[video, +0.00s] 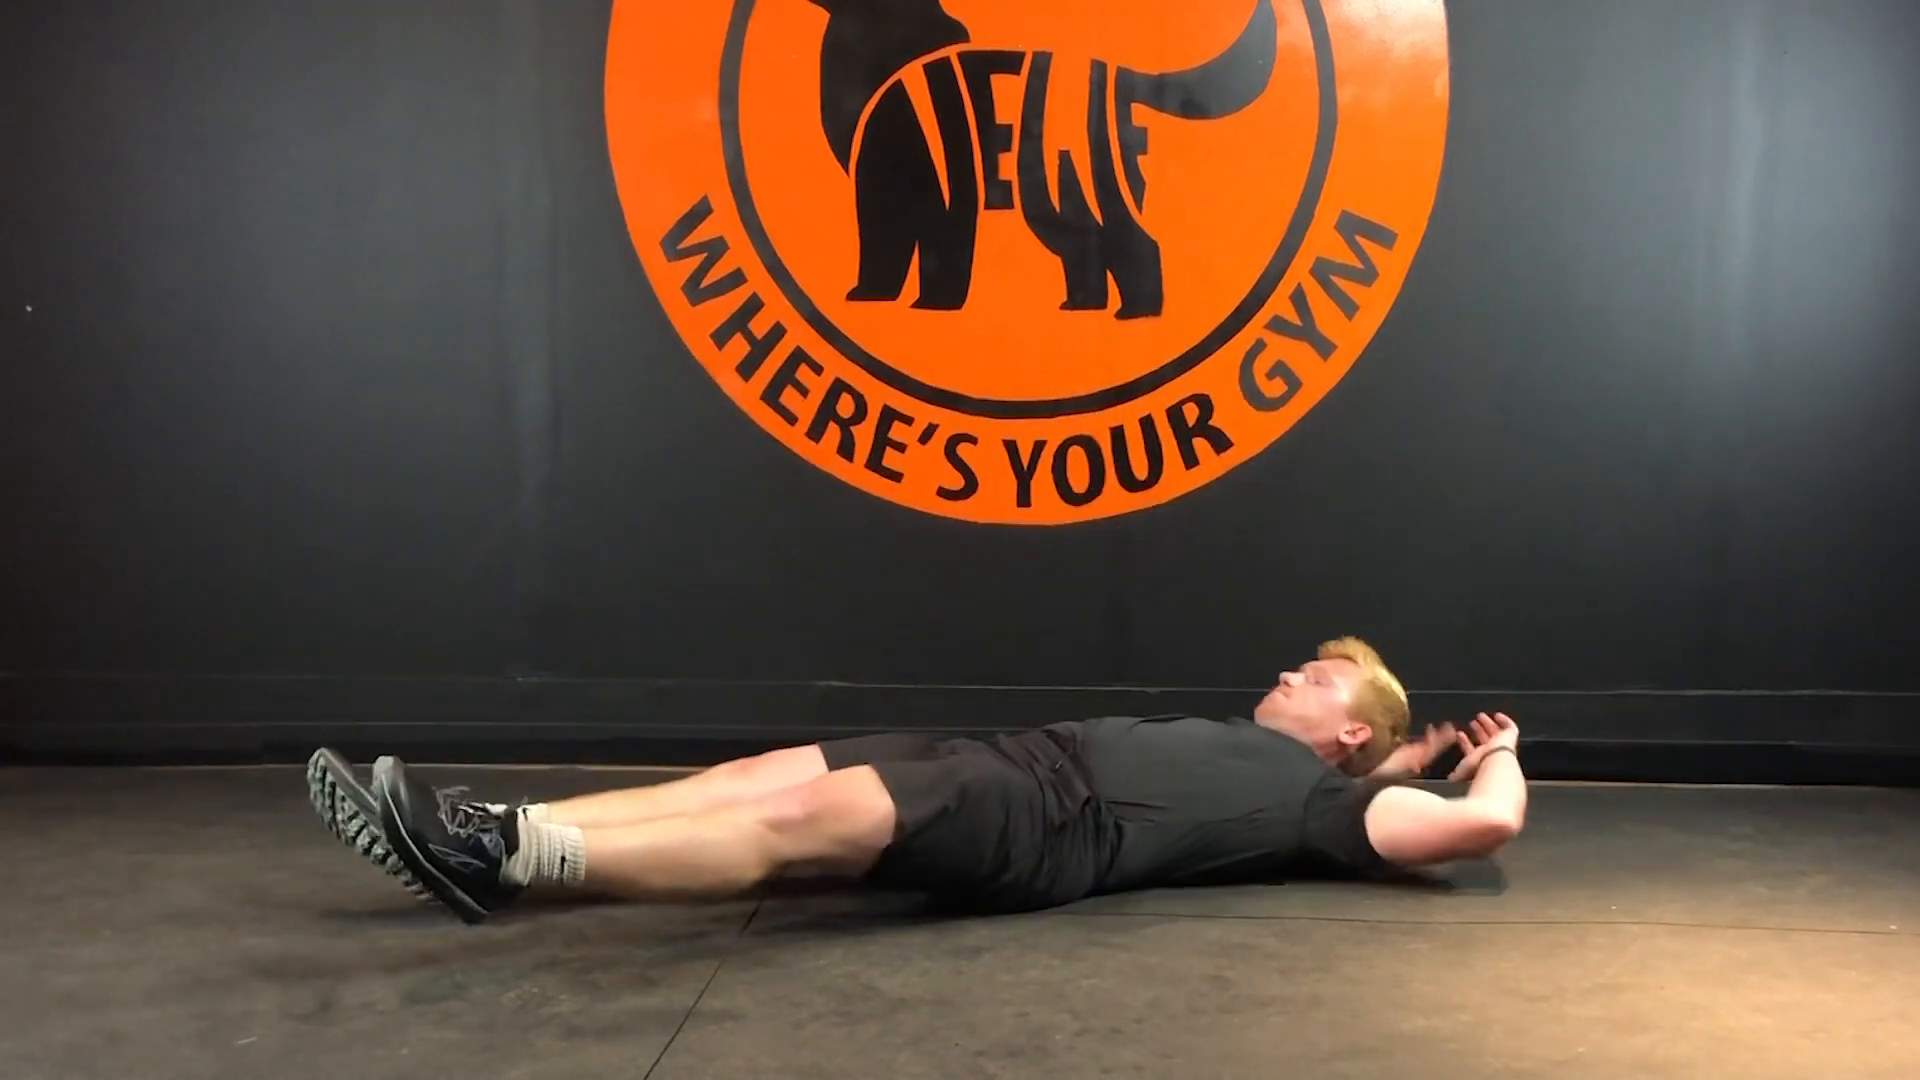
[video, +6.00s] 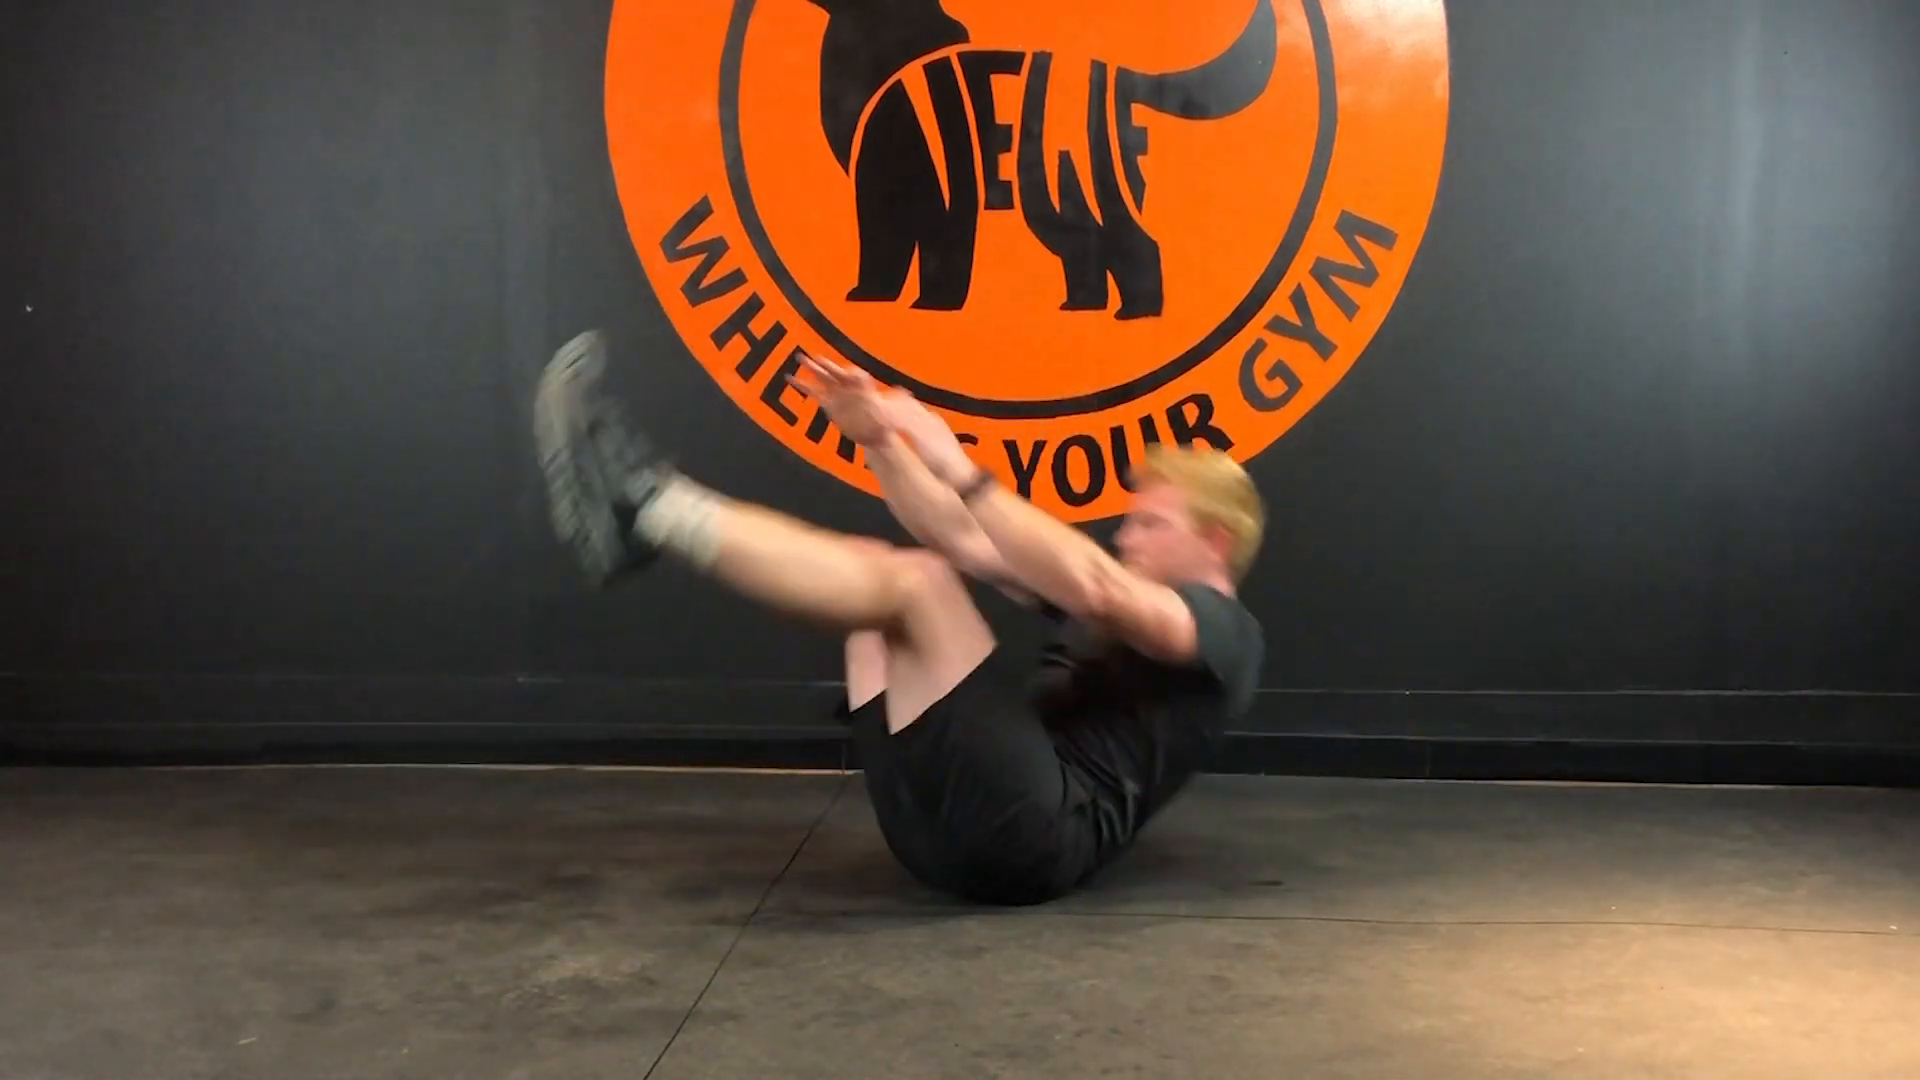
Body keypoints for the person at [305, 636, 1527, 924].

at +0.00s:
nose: (1293, 675)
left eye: (1321, 679)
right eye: (1300, 665)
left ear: (1359, 728)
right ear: (1290, 690)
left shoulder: (1330, 793)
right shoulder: (1214, 737)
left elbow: (1482, 830)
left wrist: (1488, 771)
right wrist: (1426, 754)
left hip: (1049, 800)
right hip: (975, 745)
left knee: (812, 803)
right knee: (759, 775)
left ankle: (501, 848)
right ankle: (492, 857)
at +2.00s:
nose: (1089, 518)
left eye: (1113, 509)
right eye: (1092, 504)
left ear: (1178, 530)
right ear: (1092, 507)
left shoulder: (1200, 610)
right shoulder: (1067, 584)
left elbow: (1067, 542)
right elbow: (951, 516)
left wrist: (956, 411)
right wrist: (870, 419)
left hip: (1032, 832)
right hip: (945, 823)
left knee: (968, 562)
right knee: (937, 553)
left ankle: (735, 444)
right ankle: (723, 445)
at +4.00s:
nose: (1296, 659)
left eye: (1322, 668)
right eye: (1301, 653)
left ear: (1351, 716)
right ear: (1275, 679)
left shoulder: (1314, 778)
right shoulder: (1209, 736)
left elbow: (1453, 741)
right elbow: (1230, 686)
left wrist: (1500, 686)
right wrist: (1325, 644)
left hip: (1060, 811)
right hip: (995, 768)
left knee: (828, 784)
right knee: (773, 768)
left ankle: (512, 816)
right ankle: (512, 824)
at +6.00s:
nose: (1128, 540)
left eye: (1150, 526)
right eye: (1129, 523)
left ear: (1215, 545)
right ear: (1131, 529)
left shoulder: (1226, 630)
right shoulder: (1119, 601)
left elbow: (1099, 588)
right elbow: (970, 540)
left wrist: (972, 478)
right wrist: (878, 435)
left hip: (1030, 829)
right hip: (953, 828)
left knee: (923, 584)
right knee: (876, 586)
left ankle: (655, 506)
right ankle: (630, 514)